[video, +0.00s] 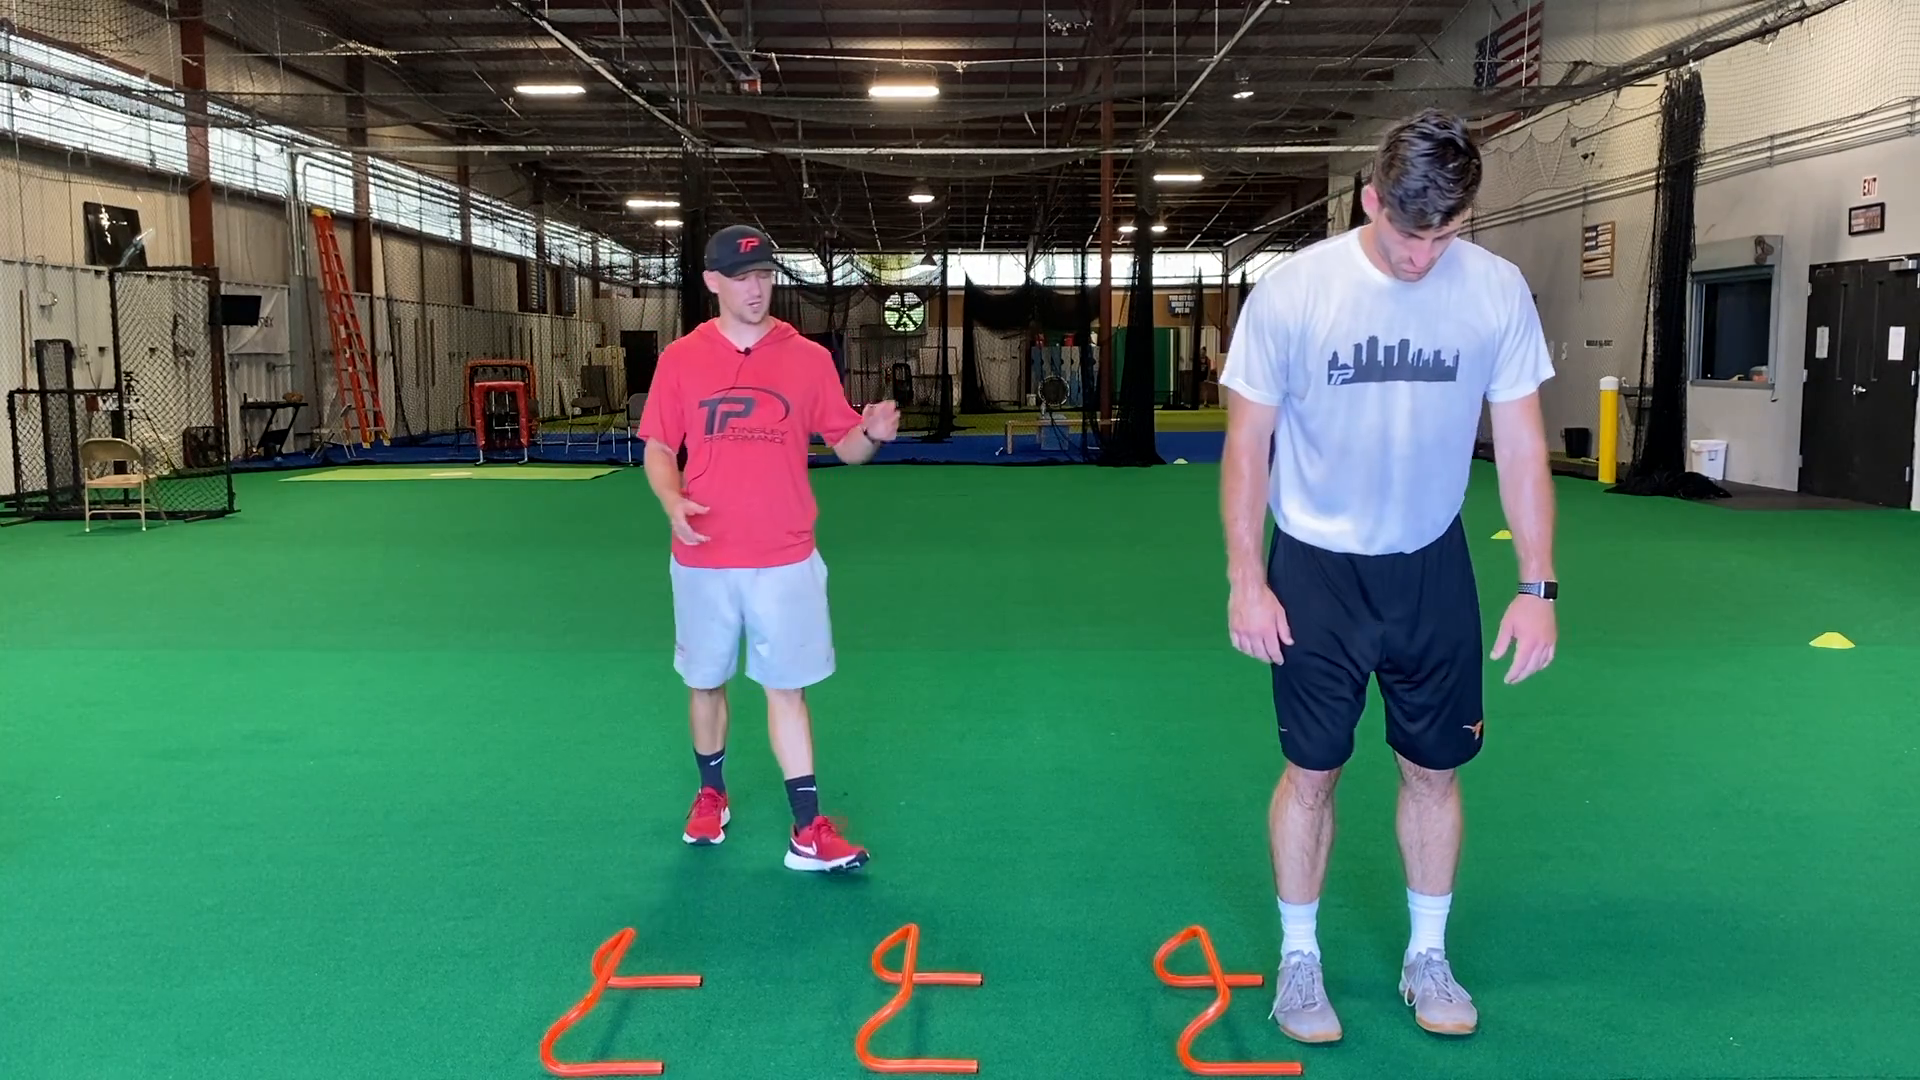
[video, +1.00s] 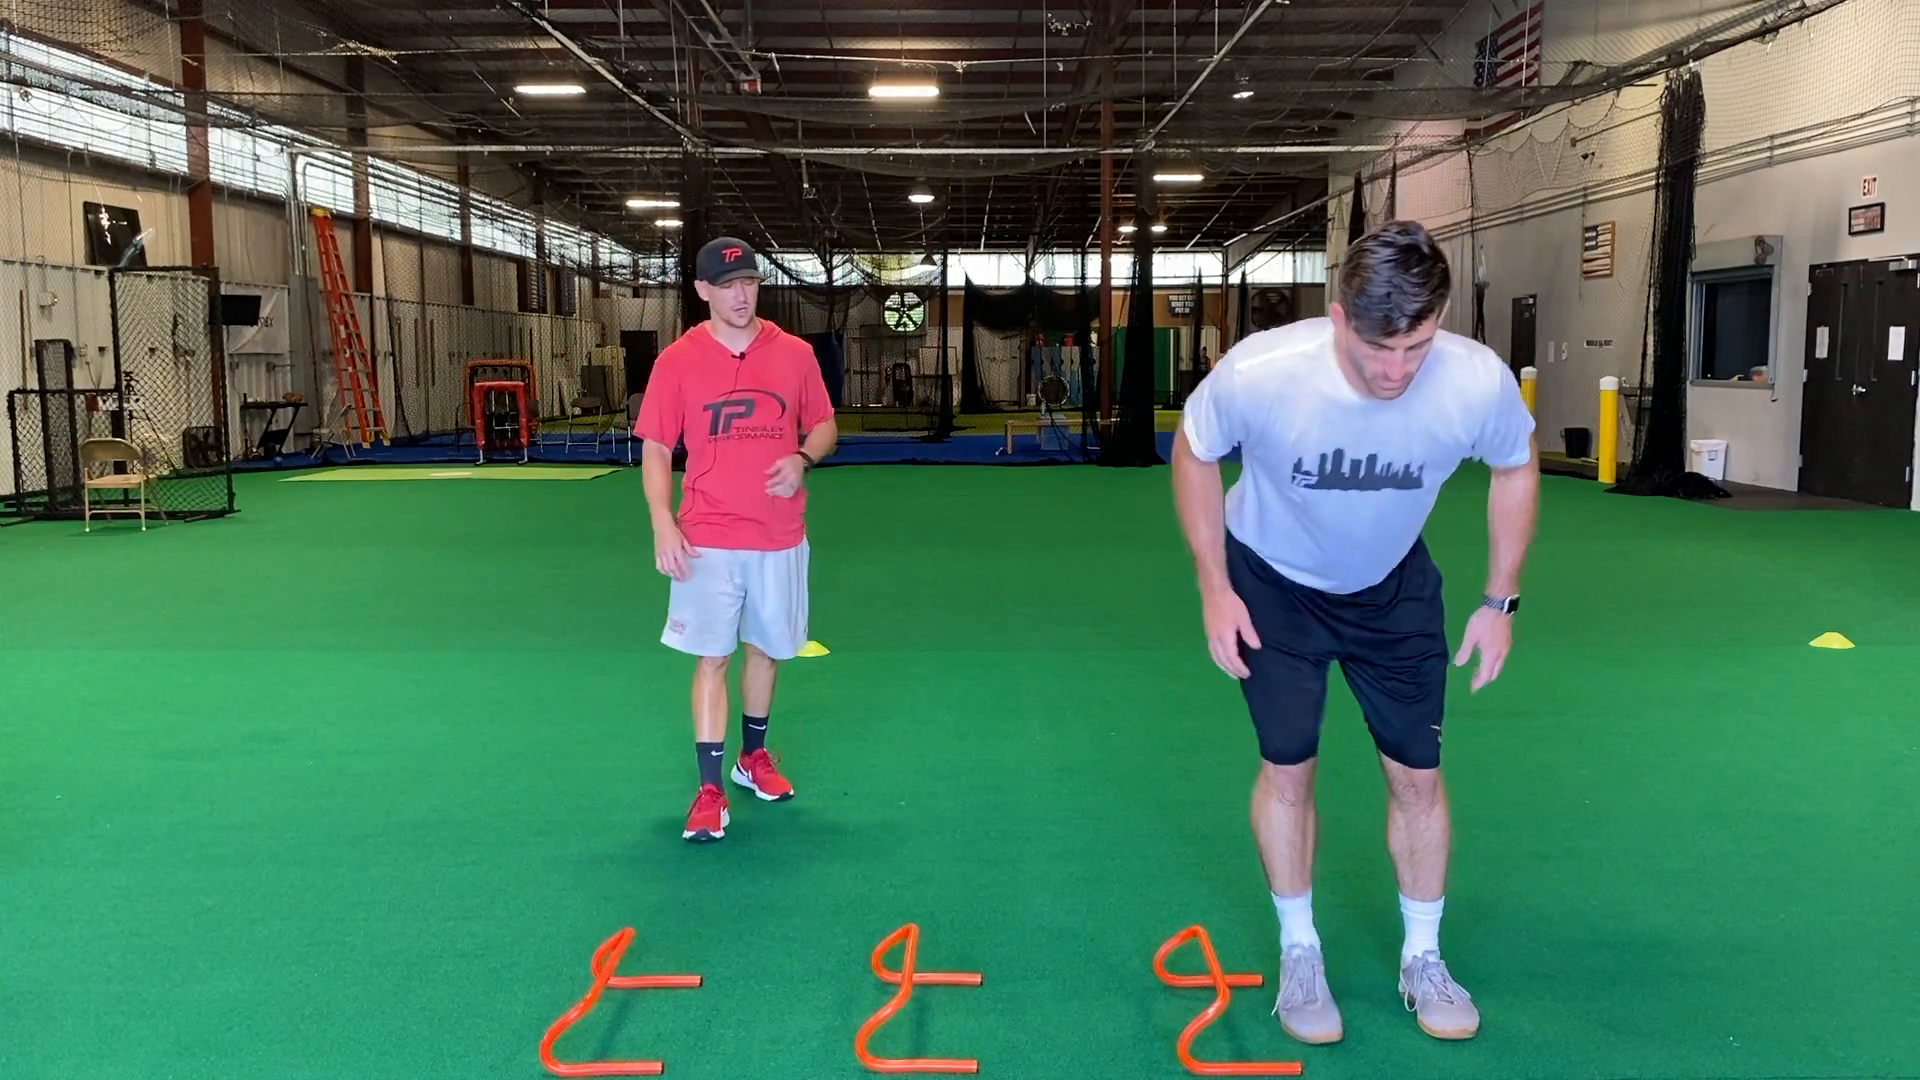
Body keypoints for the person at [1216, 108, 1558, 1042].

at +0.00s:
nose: (1424, 253)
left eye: (1442, 234)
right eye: (1408, 232)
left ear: (1463, 213)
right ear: (1369, 200)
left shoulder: (1496, 293)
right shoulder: (1290, 292)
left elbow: (1520, 446)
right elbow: (1247, 444)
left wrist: (1538, 583)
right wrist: (1247, 581)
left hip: (1431, 564)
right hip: (1315, 565)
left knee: (1432, 764)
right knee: (1312, 767)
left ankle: (1428, 959)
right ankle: (1298, 962)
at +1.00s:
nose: (1396, 367)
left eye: (1414, 347)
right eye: (1377, 347)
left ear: (1436, 322)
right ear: (1338, 318)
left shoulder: (1476, 381)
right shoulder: (1257, 374)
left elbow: (1517, 467)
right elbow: (1192, 449)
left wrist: (1499, 598)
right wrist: (1214, 586)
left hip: (1394, 581)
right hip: (1275, 580)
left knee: (1418, 769)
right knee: (1288, 763)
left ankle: (1424, 958)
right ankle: (1300, 952)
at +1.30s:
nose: (1237, 342)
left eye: (1254, 322)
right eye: (1220, 322)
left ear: (1280, 298)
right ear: (1181, 302)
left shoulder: (1334, 371)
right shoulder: (1121, 364)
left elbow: (1390, 441)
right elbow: (1078, 403)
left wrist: (1331, 516)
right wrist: (1082, 521)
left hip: (1293, 582)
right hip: (1163, 572)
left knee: (1360, 764)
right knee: (1116, 735)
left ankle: (1423, 947)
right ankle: (1091, 877)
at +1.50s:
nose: (1073, 296)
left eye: (1090, 276)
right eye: (1056, 278)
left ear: (1123, 251)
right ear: (1027, 260)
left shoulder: (1181, 324)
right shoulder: (978, 334)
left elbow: (1262, 347)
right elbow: (948, 408)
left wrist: (1224, 476)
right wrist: (978, 498)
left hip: (1159, 546)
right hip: (1042, 565)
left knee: (1205, 714)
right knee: (1041, 753)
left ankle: (1180, 814)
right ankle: (1048, 935)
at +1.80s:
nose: (857, 295)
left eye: (873, 273)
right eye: (840, 275)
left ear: (914, 257)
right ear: (819, 266)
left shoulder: (983, 332)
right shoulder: (778, 334)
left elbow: (1075, 377)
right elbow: (774, 409)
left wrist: (1041, 505)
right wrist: (783, 521)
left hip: (966, 552)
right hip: (844, 559)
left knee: (1002, 727)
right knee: (808, 743)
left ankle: (1030, 876)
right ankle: (779, 920)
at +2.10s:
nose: (656, 322)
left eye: (674, 301)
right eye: (640, 303)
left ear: (720, 285)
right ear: (622, 295)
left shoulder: (801, 378)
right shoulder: (605, 342)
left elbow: (879, 479)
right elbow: (610, 404)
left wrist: (781, 527)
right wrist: (615, 484)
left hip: (772, 584)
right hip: (656, 562)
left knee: (757, 772)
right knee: (581, 701)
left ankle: (781, 958)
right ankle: (646, 788)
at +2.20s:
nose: (582, 324)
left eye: (599, 302)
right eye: (566, 305)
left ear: (647, 284)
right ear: (550, 297)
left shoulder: (730, 365)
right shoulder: (532, 346)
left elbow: (837, 434)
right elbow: (555, 418)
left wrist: (766, 555)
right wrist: (563, 521)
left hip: (726, 576)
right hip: (609, 569)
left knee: (724, 751)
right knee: (533, 733)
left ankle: (778, 940)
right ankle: (515, 892)